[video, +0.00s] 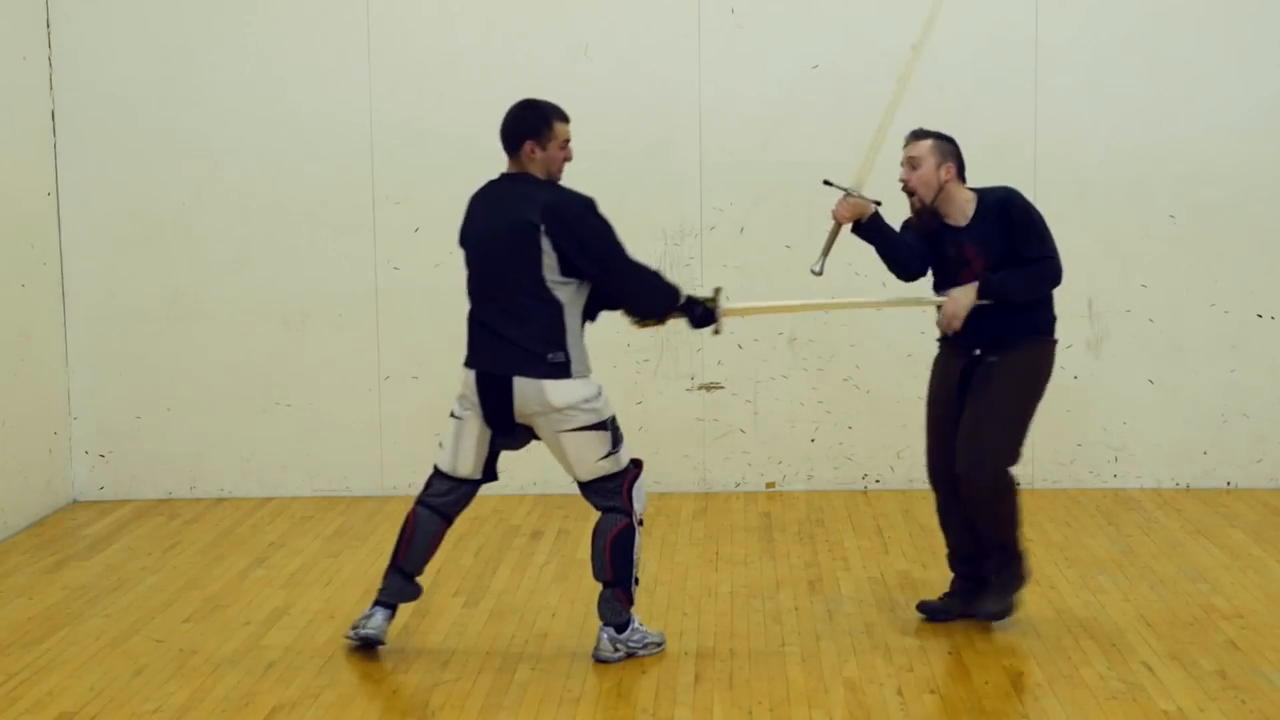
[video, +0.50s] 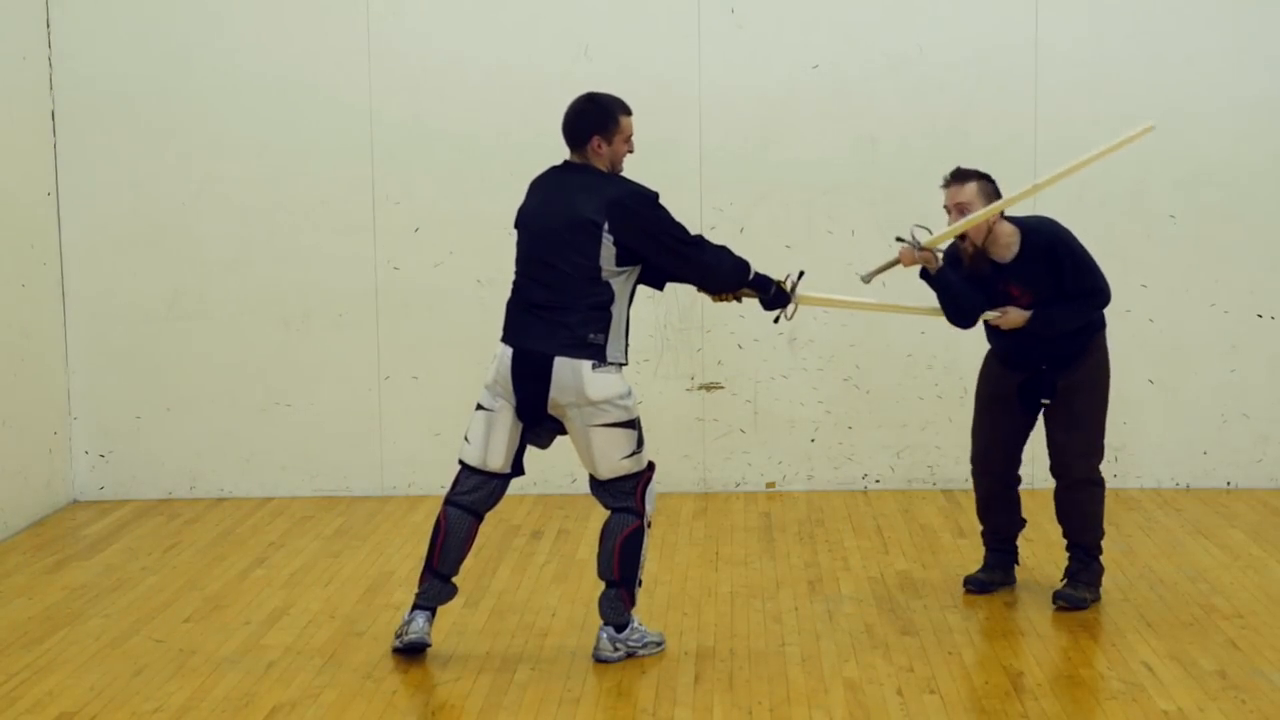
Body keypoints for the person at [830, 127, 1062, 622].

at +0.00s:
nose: (904, 177)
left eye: (914, 165)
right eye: (903, 167)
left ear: (948, 169)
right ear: (933, 175)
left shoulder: (1005, 206)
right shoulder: (925, 224)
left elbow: (1048, 271)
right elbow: (908, 266)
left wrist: (975, 290)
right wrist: (868, 220)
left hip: (1020, 352)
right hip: (959, 355)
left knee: (981, 463)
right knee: (945, 470)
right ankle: (969, 586)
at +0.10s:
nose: (918, 175)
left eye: (929, 166)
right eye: (918, 168)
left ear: (963, 176)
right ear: (925, 182)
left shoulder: (1014, 214)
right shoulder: (935, 237)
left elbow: (1066, 273)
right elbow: (921, 282)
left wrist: (997, 301)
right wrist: (883, 233)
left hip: (1045, 362)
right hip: (983, 363)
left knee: (1038, 476)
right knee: (964, 472)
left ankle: (1073, 565)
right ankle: (974, 586)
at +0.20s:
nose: (935, 209)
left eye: (944, 198)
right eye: (933, 200)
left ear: (978, 200)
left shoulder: (1035, 233)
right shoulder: (960, 255)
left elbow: (1079, 306)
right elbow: (942, 299)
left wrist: (1012, 322)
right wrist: (904, 249)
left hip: (1075, 367)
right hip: (1012, 369)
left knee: (1066, 482)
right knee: (955, 462)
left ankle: (1083, 576)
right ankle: (977, 577)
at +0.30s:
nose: (944, 213)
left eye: (953, 203)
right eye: (941, 204)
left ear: (984, 203)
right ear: (943, 209)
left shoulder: (1044, 234)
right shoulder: (964, 256)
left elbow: (1090, 300)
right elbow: (951, 302)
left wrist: (1022, 318)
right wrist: (919, 252)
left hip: (1080, 365)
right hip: (1016, 367)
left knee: (1072, 475)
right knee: (978, 462)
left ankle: (1083, 576)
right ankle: (995, 563)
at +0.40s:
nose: (950, 207)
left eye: (960, 197)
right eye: (945, 199)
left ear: (991, 199)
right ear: (943, 205)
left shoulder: (1044, 233)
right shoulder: (956, 257)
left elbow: (1099, 288)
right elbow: (958, 308)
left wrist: (1033, 315)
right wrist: (927, 255)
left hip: (1079, 360)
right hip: (1013, 362)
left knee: (1074, 468)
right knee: (998, 464)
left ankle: (1083, 572)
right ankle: (1000, 562)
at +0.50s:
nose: (956, 220)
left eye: (964, 209)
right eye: (950, 211)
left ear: (994, 209)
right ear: (948, 215)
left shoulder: (1047, 237)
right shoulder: (959, 258)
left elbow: (1097, 294)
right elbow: (964, 317)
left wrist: (1031, 317)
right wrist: (932, 266)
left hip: (1076, 358)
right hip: (1009, 359)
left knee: (1076, 465)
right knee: (991, 460)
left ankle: (1083, 570)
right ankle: (999, 560)